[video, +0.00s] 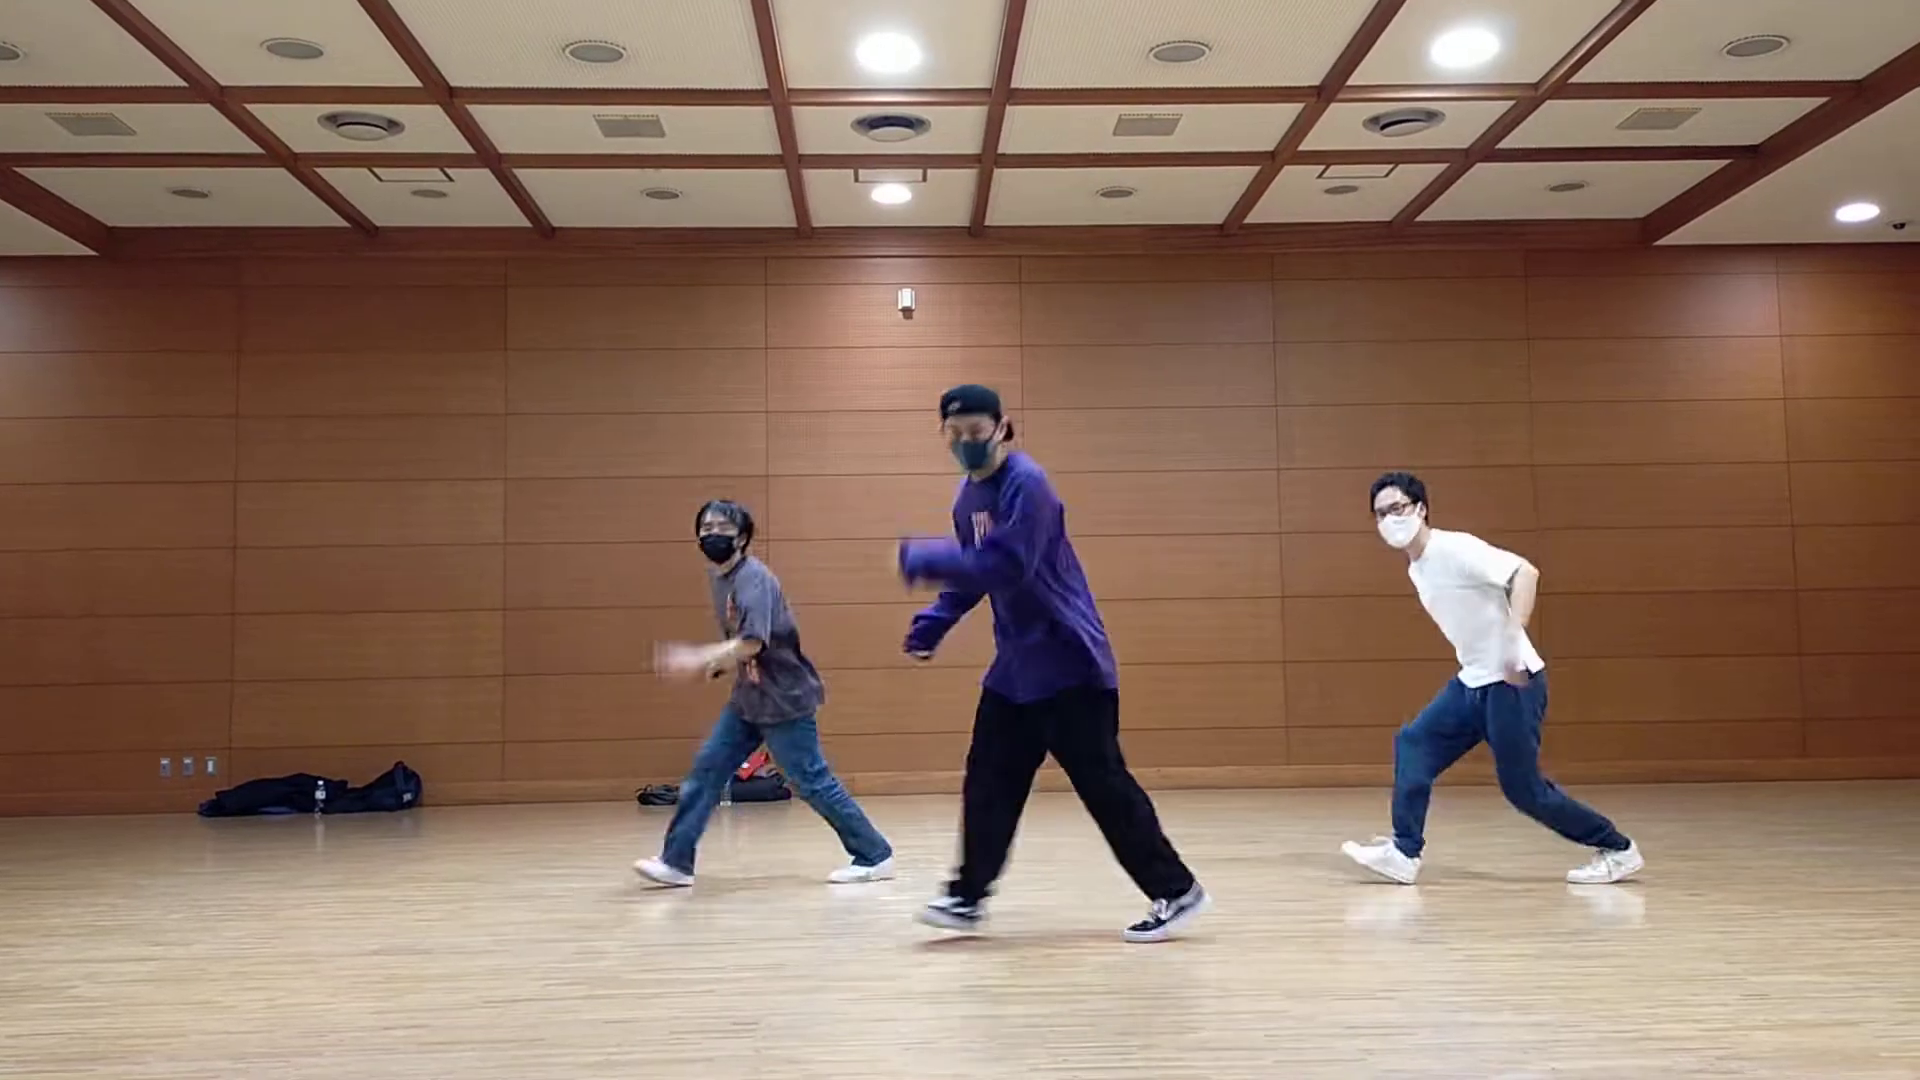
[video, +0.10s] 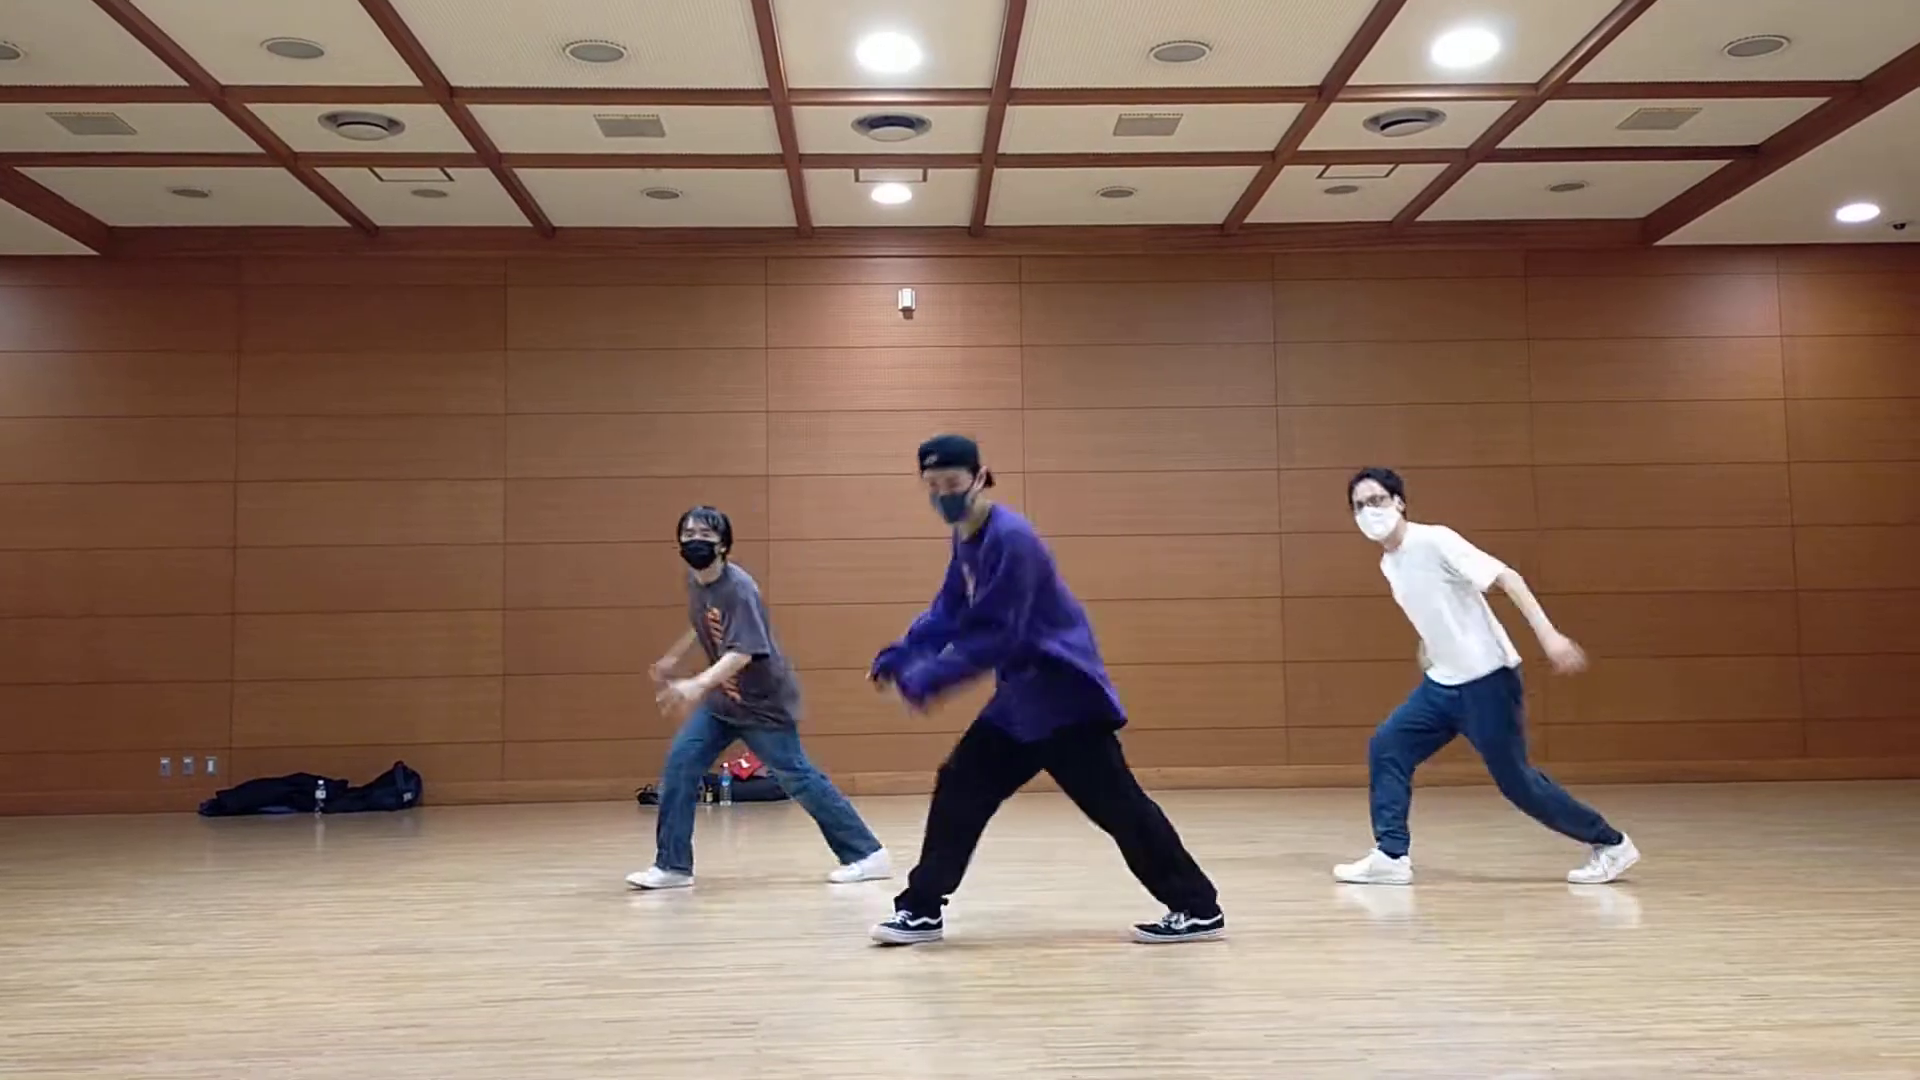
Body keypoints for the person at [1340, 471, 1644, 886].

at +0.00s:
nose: (1392, 519)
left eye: (1400, 509)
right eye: (1382, 514)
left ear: (1421, 509)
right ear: (1376, 524)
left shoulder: (1454, 548)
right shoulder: (1419, 569)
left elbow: (1524, 574)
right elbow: (1471, 607)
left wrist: (1513, 642)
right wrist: (1478, 660)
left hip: (1511, 682)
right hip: (1472, 684)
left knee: (1523, 789)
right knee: (1415, 744)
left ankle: (1618, 849)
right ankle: (1403, 852)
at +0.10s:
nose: (1370, 512)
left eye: (1377, 501)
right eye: (1360, 506)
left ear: (1398, 503)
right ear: (1354, 517)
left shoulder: (1437, 541)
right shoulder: (1389, 564)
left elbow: (1506, 577)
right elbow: (1430, 609)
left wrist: (1549, 636)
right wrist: (1427, 651)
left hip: (1488, 679)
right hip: (1443, 683)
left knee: (1517, 783)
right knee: (1388, 746)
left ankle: (1612, 845)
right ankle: (1391, 856)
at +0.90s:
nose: (1317, 482)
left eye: (1325, 475)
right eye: (1308, 472)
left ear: (1333, 484)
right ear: (1287, 476)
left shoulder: (1309, 538)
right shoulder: (1260, 522)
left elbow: (1284, 607)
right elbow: (1233, 585)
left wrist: (1299, 665)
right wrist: (1244, 653)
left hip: (1270, 656)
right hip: (1230, 652)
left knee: (1311, 742)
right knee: (1206, 751)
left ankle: (1342, 847)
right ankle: (1160, 852)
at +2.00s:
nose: (1342, 501)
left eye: (1349, 489)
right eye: (1331, 496)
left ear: (1365, 488)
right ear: (1322, 506)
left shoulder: (1406, 522)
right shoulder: (1348, 563)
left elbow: (1474, 561)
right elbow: (1376, 624)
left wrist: (1525, 614)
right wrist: (1398, 648)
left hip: (1463, 653)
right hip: (1417, 670)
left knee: (1509, 748)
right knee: (1395, 753)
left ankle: (1566, 841)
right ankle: (1368, 855)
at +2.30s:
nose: (1293, 479)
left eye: (1299, 469)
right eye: (1281, 476)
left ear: (1314, 472)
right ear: (1271, 490)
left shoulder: (1355, 504)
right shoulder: (1280, 556)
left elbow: (1424, 517)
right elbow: (1300, 626)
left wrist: (1491, 523)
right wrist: (1322, 624)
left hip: (1397, 646)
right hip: (1343, 663)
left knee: (1431, 740)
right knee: (1328, 752)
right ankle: (1359, 857)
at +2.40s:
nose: (1290, 471)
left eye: (1296, 462)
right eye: (1279, 467)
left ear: (1310, 466)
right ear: (1265, 479)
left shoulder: (1348, 501)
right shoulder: (1266, 545)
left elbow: (1409, 529)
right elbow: (1279, 621)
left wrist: (1479, 540)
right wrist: (1286, 600)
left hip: (1371, 643)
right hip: (1316, 656)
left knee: (1381, 745)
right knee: (1315, 748)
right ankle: (1357, 854)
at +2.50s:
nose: (1290, 473)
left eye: (1296, 464)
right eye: (1279, 468)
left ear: (1308, 467)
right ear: (1263, 478)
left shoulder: (1338, 505)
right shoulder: (1259, 535)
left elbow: (1381, 556)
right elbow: (1254, 604)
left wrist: (1441, 575)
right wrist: (1249, 560)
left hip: (1344, 644)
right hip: (1293, 649)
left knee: (1328, 760)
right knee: (1302, 747)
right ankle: (1343, 851)